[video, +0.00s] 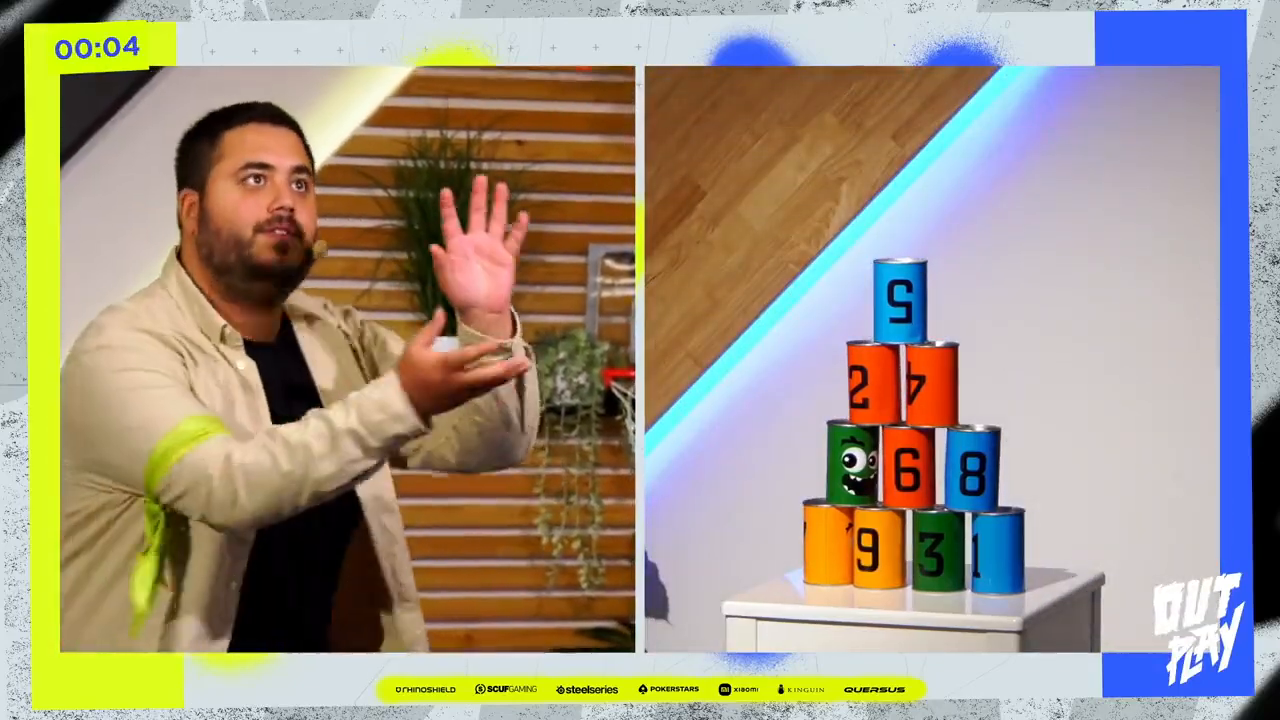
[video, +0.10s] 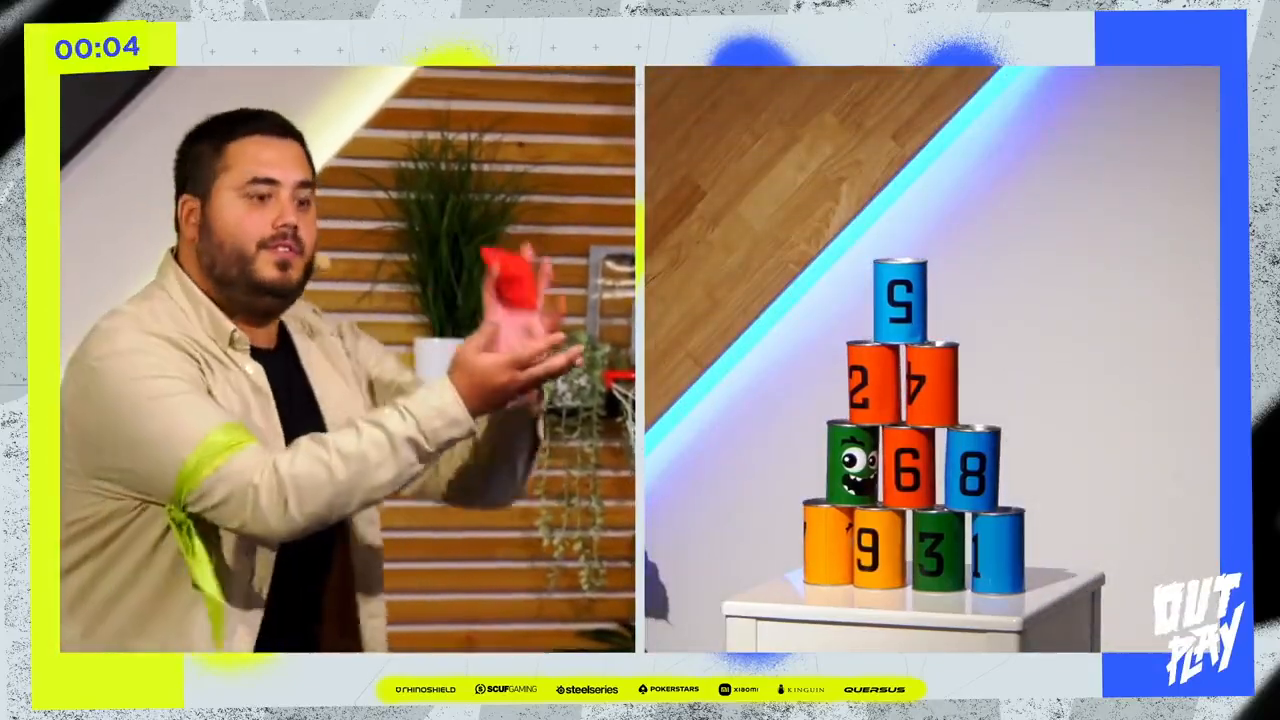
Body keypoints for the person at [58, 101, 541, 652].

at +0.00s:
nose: (286, 203)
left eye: (301, 184)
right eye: (253, 180)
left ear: (315, 217)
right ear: (191, 211)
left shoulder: (347, 343)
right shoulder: (119, 355)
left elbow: (493, 443)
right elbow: (229, 488)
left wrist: (488, 323)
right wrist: (400, 404)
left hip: (321, 691)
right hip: (159, 691)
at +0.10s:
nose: (290, 220)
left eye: (304, 201)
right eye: (259, 195)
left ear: (318, 221)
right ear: (191, 219)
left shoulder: (334, 345)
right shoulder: (127, 362)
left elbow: (476, 483)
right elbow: (271, 500)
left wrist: (511, 385)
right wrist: (459, 401)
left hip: (322, 698)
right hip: (158, 702)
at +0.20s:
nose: (311, 279)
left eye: (321, 254)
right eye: (287, 249)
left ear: (329, 250)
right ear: (210, 235)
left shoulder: (327, 364)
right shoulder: (127, 375)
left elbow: (437, 532)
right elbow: (261, 551)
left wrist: (514, 510)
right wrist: (464, 488)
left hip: (296, 698)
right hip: (140, 700)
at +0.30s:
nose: (334, 357)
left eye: (350, 334)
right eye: (319, 328)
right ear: (251, 285)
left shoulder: (328, 389)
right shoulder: (143, 402)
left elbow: (393, 535)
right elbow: (217, 612)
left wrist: (464, 568)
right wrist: (427, 591)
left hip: (294, 695)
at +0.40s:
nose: (345, 389)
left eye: (362, 367)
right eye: (332, 359)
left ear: (376, 352)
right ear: (269, 311)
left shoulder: (333, 413)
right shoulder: (150, 417)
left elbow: (365, 572)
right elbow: (148, 628)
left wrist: (422, 624)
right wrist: (350, 665)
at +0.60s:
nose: (343, 368)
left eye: (361, 348)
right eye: (327, 338)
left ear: (373, 341)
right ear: (263, 304)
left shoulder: (324, 416)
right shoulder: (151, 416)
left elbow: (353, 574)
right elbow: (122, 629)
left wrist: (363, 645)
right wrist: (317, 652)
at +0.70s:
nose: (327, 327)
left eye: (345, 305)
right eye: (306, 296)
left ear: (356, 310)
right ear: (242, 281)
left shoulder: (311, 399)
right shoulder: (157, 403)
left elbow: (345, 556)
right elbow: (143, 617)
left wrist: (369, 637)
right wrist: (331, 639)